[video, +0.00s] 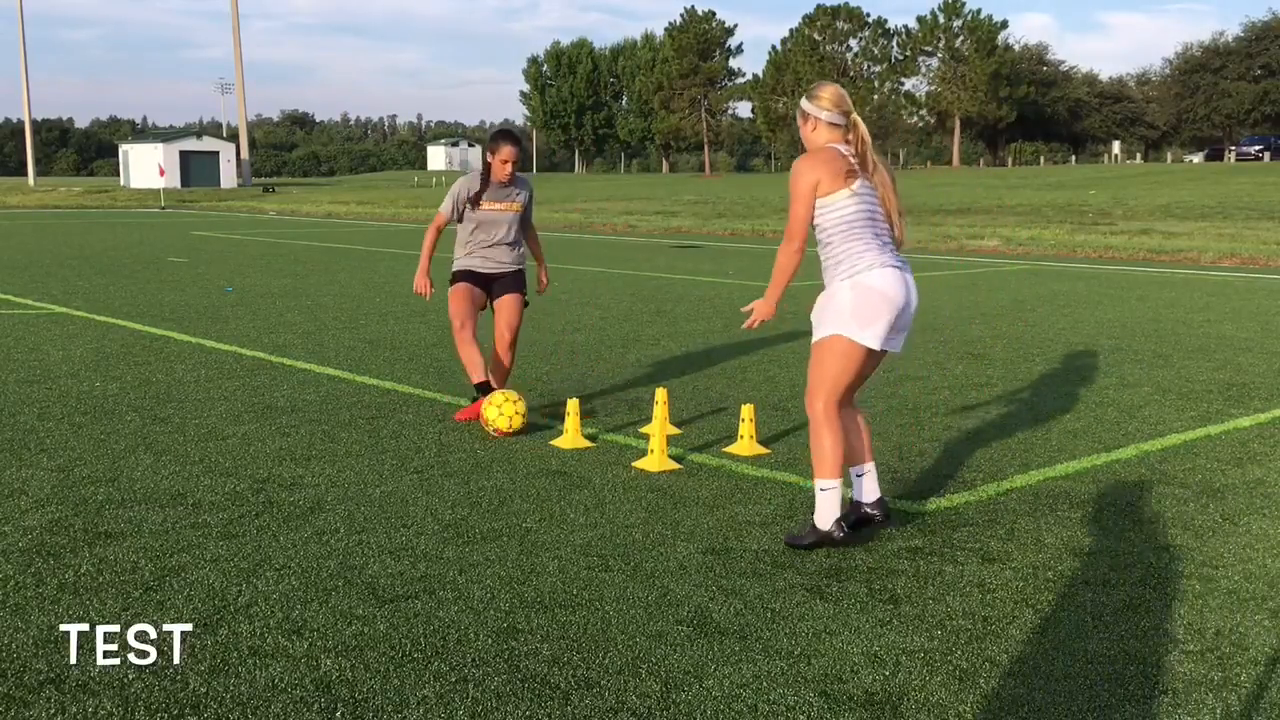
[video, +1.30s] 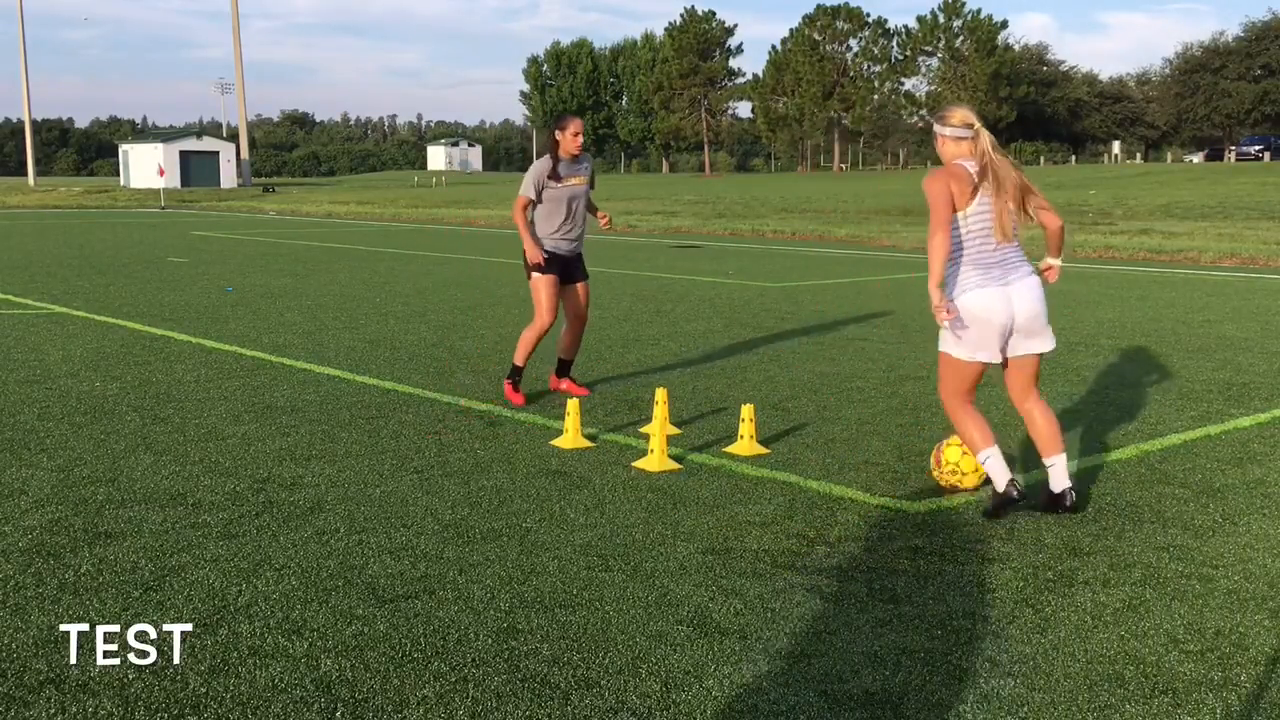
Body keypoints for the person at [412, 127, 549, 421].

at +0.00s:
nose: (510, 169)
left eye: (514, 162)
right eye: (504, 162)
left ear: (519, 160)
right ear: (489, 157)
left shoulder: (523, 187)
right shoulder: (465, 186)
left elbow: (526, 226)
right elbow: (436, 226)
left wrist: (541, 262)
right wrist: (422, 270)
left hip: (510, 270)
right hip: (469, 268)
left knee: (507, 341)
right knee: (461, 324)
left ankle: (494, 403)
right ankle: (484, 395)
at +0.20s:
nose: (503, 148)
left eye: (508, 141)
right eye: (497, 141)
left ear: (512, 140)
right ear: (482, 137)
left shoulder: (514, 166)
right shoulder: (458, 163)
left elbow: (512, 202)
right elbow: (427, 197)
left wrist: (517, 227)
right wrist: (418, 243)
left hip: (499, 254)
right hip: (461, 250)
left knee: (513, 328)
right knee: (470, 321)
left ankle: (493, 402)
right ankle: (453, 404)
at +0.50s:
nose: (512, 158)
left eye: (516, 152)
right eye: (506, 151)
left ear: (518, 155)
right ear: (489, 152)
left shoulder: (519, 187)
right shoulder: (468, 185)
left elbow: (511, 221)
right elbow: (442, 229)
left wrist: (521, 240)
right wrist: (443, 268)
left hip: (499, 275)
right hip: (465, 272)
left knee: (524, 343)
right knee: (462, 340)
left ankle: (499, 393)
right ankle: (426, 416)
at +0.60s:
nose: (520, 148)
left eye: (524, 142)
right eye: (514, 142)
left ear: (527, 144)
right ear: (498, 142)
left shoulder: (529, 178)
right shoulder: (478, 175)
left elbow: (527, 211)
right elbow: (455, 218)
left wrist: (533, 231)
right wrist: (470, 240)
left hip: (508, 264)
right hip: (473, 261)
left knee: (525, 336)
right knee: (467, 332)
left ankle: (499, 394)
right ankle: (438, 410)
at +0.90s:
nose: (541, 135)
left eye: (543, 129)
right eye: (536, 128)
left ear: (542, 131)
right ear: (517, 128)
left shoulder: (538, 162)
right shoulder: (496, 161)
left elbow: (526, 200)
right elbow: (469, 200)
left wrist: (541, 215)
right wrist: (498, 233)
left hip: (525, 249)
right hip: (494, 250)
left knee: (547, 314)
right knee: (496, 325)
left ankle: (534, 378)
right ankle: (470, 393)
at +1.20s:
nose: (572, 147)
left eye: (573, 142)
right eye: (566, 142)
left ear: (574, 143)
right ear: (549, 144)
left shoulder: (576, 173)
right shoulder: (532, 177)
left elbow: (573, 208)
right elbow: (509, 220)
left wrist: (587, 223)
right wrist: (514, 256)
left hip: (563, 262)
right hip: (533, 260)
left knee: (578, 324)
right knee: (523, 327)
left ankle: (560, 378)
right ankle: (482, 391)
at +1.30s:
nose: (581, 140)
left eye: (582, 135)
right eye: (575, 134)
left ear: (582, 138)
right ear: (558, 136)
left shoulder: (585, 164)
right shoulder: (542, 167)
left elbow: (583, 198)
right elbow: (518, 208)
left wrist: (598, 213)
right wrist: (529, 244)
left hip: (573, 254)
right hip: (545, 253)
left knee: (578, 318)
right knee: (545, 318)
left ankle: (561, 377)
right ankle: (513, 380)